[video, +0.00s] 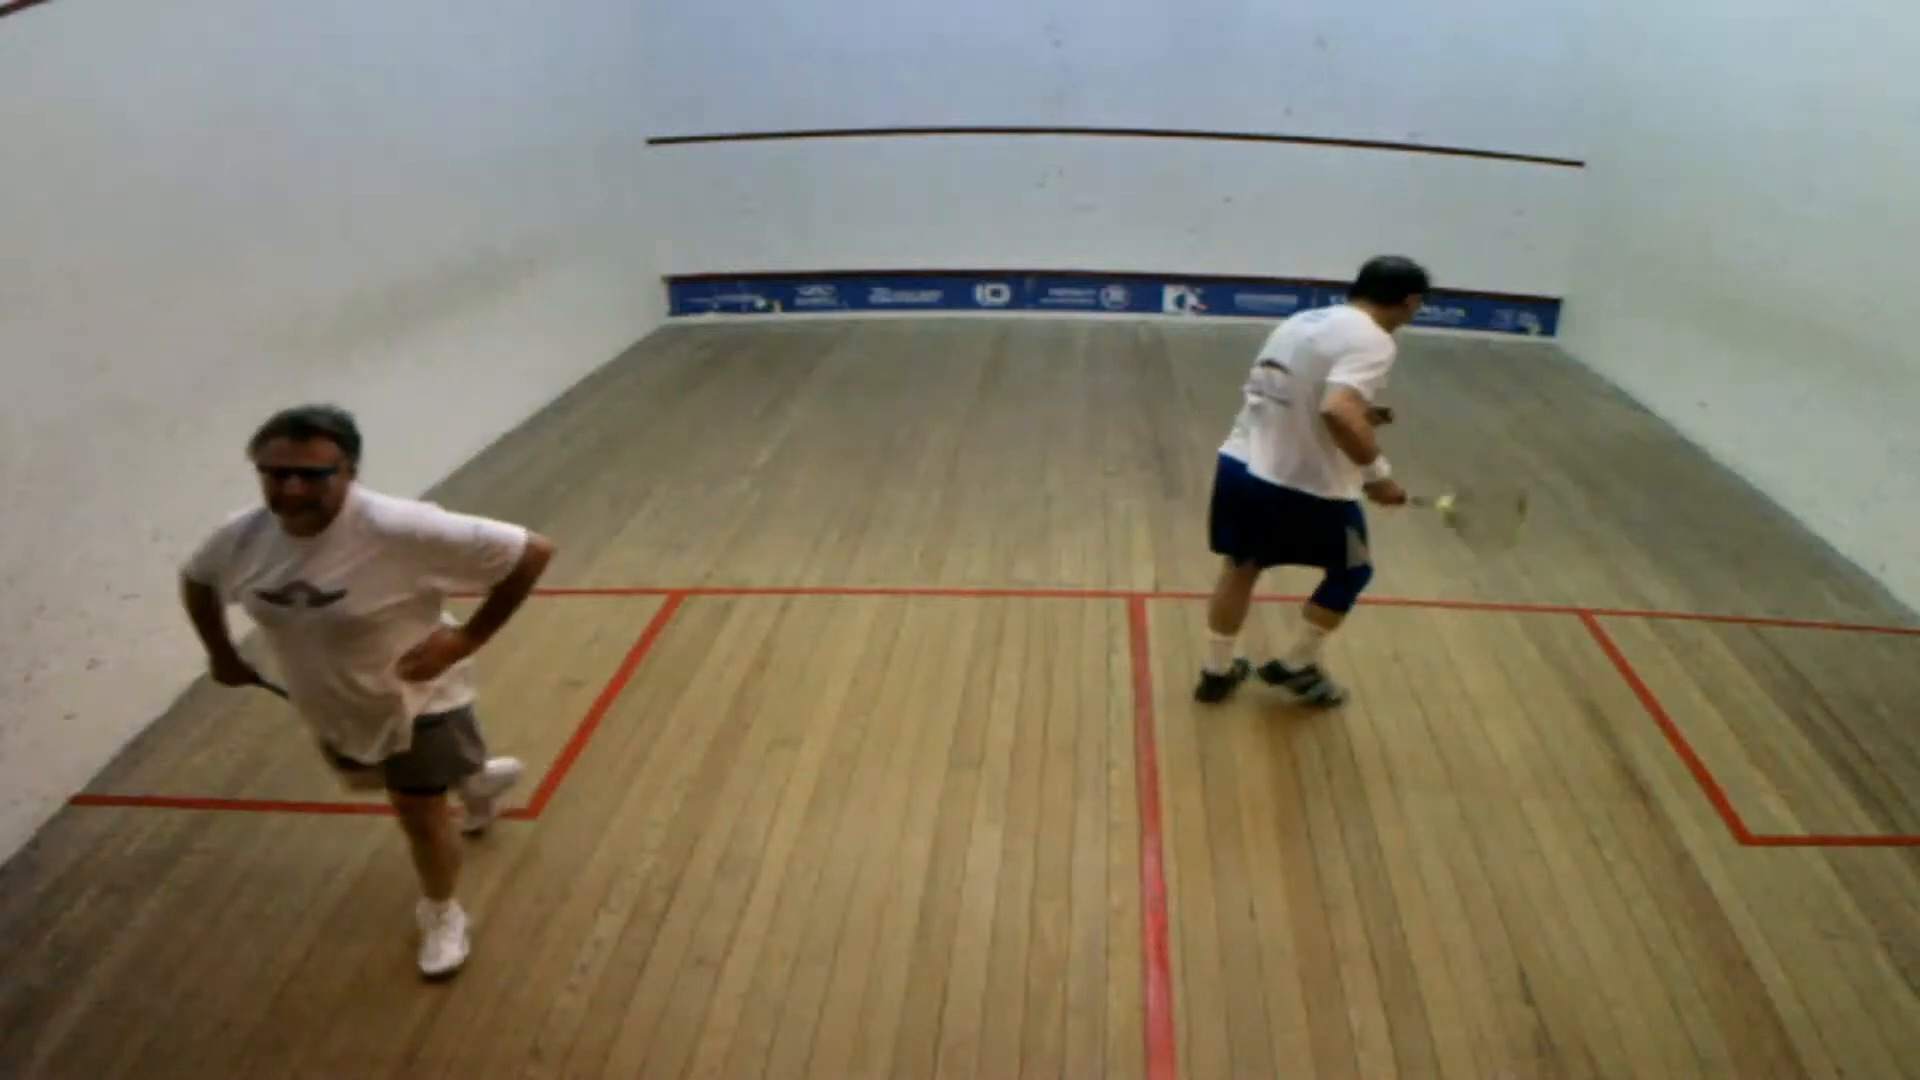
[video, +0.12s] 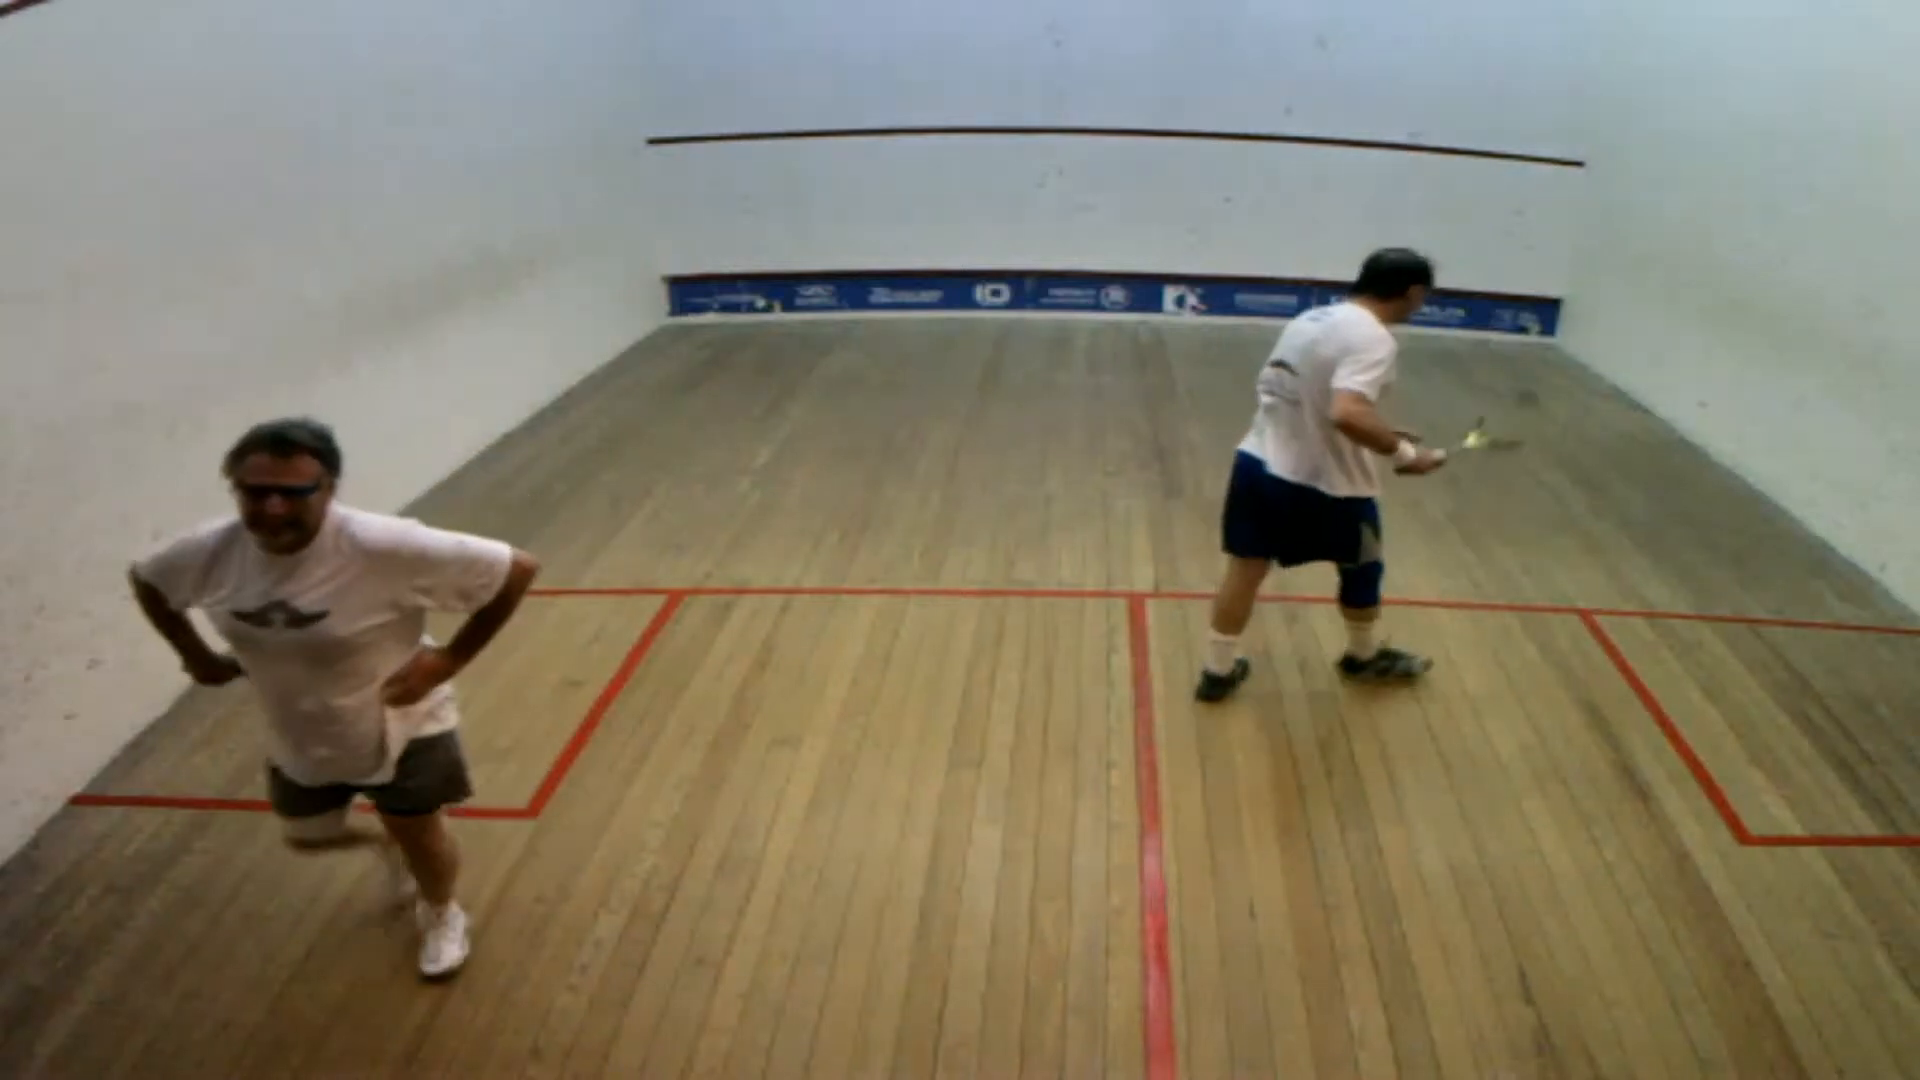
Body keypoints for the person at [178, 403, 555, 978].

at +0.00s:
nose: (292, 490)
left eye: (312, 475)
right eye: (277, 475)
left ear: (349, 476)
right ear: (259, 476)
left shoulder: (393, 530)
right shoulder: (243, 542)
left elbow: (530, 554)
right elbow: (196, 582)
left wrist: (463, 640)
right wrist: (222, 657)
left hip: (417, 704)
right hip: (335, 712)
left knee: (422, 808)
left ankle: (443, 913)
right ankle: (479, 785)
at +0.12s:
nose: (273, 508)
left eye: (293, 493)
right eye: (256, 493)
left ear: (329, 490)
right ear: (236, 493)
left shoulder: (376, 546)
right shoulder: (218, 554)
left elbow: (514, 572)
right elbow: (147, 581)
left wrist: (448, 661)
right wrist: (197, 658)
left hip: (396, 725)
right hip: (305, 739)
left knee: (416, 828)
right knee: (308, 832)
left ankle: (442, 913)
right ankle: (393, 839)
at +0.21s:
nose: (258, 521)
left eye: (279, 505)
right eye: (241, 505)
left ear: (314, 501)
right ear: (220, 506)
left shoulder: (365, 556)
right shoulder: (201, 561)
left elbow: (504, 580)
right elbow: (121, 581)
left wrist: (440, 669)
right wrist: (186, 656)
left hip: (384, 742)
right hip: (286, 759)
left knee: (417, 840)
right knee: (303, 865)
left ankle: (442, 915)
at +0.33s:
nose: (239, 545)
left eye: (261, 527)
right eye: (219, 529)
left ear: (294, 524)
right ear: (196, 529)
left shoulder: (352, 578)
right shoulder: (171, 586)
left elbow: (486, 594)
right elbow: (90, 600)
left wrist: (426, 687)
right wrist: (177, 680)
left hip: (377, 766)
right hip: (274, 791)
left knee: (417, 852)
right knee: (306, 916)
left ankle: (443, 916)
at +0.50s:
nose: (206, 590)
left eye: (224, 570)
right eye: (182, 574)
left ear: (253, 563)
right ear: (154, 575)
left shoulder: (313, 612)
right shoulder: (132, 640)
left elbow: (449, 624)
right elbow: (40, 678)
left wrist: (401, 728)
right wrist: (130, 749)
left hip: (356, 814)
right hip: (253, 851)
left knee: (406, 879)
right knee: (298, 970)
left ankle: (439, 915)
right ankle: (355, 1059)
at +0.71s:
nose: (187, 618)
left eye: (202, 594)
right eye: (157, 604)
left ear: (219, 584)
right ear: (109, 612)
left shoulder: (288, 634)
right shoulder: (71, 697)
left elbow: (412, 640)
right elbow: (5, 764)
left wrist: (379, 748)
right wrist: (99, 817)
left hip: (348, 853)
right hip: (236, 904)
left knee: (434, 956)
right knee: (299, 1002)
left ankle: (444, 983)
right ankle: (359, 1065)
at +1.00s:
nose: (238, 653)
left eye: (243, 628)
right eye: (208, 642)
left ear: (253, 617)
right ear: (134, 654)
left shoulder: (314, 673)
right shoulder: (91, 766)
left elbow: (400, 679)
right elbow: (5, 860)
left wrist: (390, 804)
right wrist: (117, 906)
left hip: (382, 915)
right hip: (264, 973)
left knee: (453, 1040)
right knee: (321, 1044)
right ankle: (367, 1070)